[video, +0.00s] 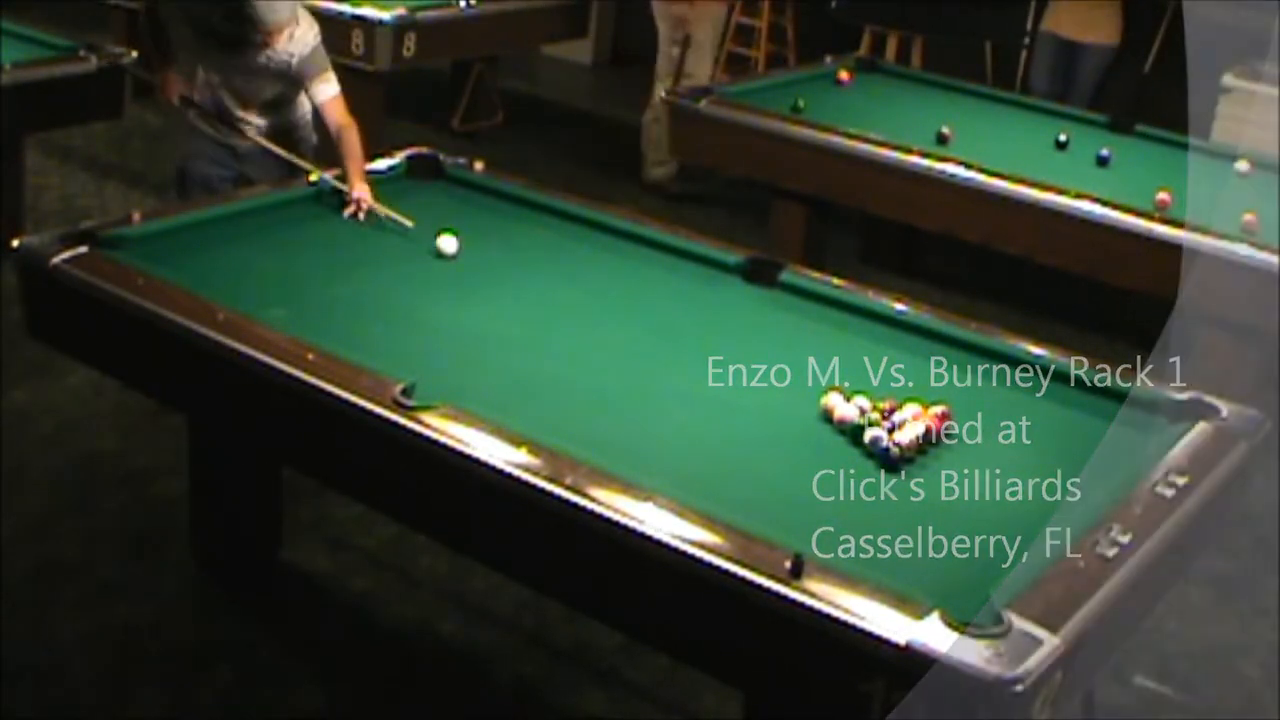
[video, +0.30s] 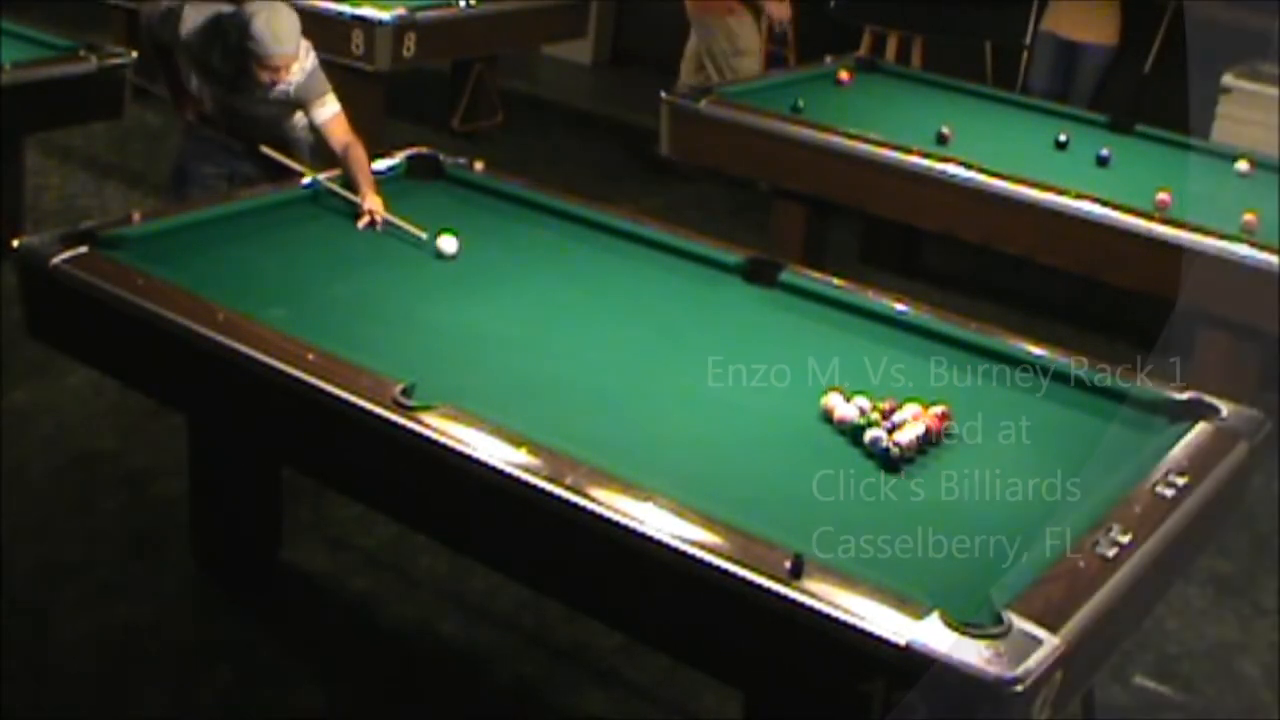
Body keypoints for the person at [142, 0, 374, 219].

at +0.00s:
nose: (277, 41)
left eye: (284, 31)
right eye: (268, 34)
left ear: (292, 18)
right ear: (237, 27)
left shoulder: (302, 39)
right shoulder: (199, 20)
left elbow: (343, 125)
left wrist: (357, 181)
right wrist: (170, 69)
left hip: (281, 143)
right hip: (209, 133)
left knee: (280, 235)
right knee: (201, 231)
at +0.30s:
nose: (281, 79)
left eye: (288, 68)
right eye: (271, 69)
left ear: (298, 53)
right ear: (246, 54)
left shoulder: (306, 71)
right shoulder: (198, 26)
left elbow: (346, 143)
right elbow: (152, 26)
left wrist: (368, 192)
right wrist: (179, 95)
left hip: (279, 148)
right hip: (213, 133)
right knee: (195, 226)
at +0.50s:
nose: (283, 97)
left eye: (290, 87)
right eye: (272, 89)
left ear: (300, 68)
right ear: (248, 73)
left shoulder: (306, 75)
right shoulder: (201, 41)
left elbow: (346, 145)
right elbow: (152, 19)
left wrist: (370, 194)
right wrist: (173, 104)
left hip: (274, 139)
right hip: (208, 130)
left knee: (274, 225)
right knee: (195, 222)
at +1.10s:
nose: (283, 120)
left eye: (290, 112)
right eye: (274, 112)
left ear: (300, 87)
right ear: (245, 84)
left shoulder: (304, 75)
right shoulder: (202, 52)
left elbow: (349, 144)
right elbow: (164, 11)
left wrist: (374, 196)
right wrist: (154, 82)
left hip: (275, 142)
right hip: (213, 128)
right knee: (199, 217)